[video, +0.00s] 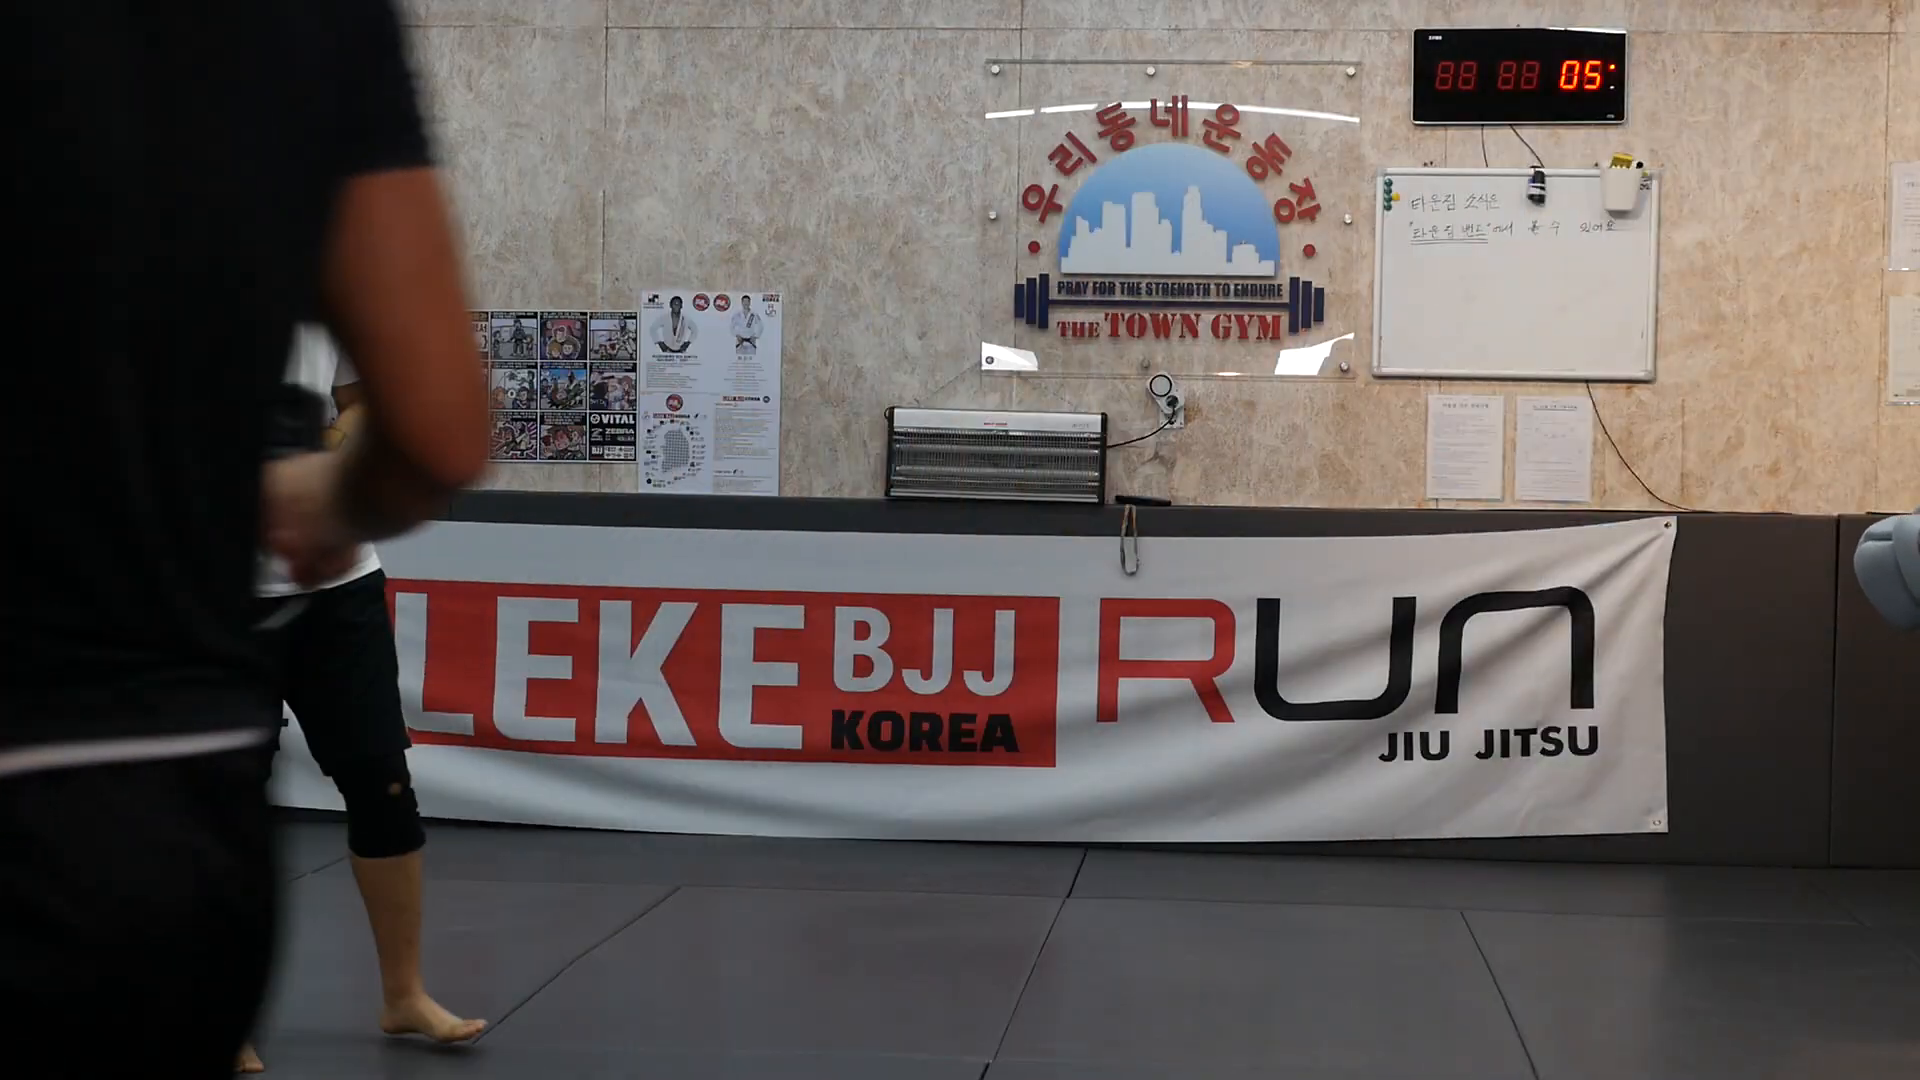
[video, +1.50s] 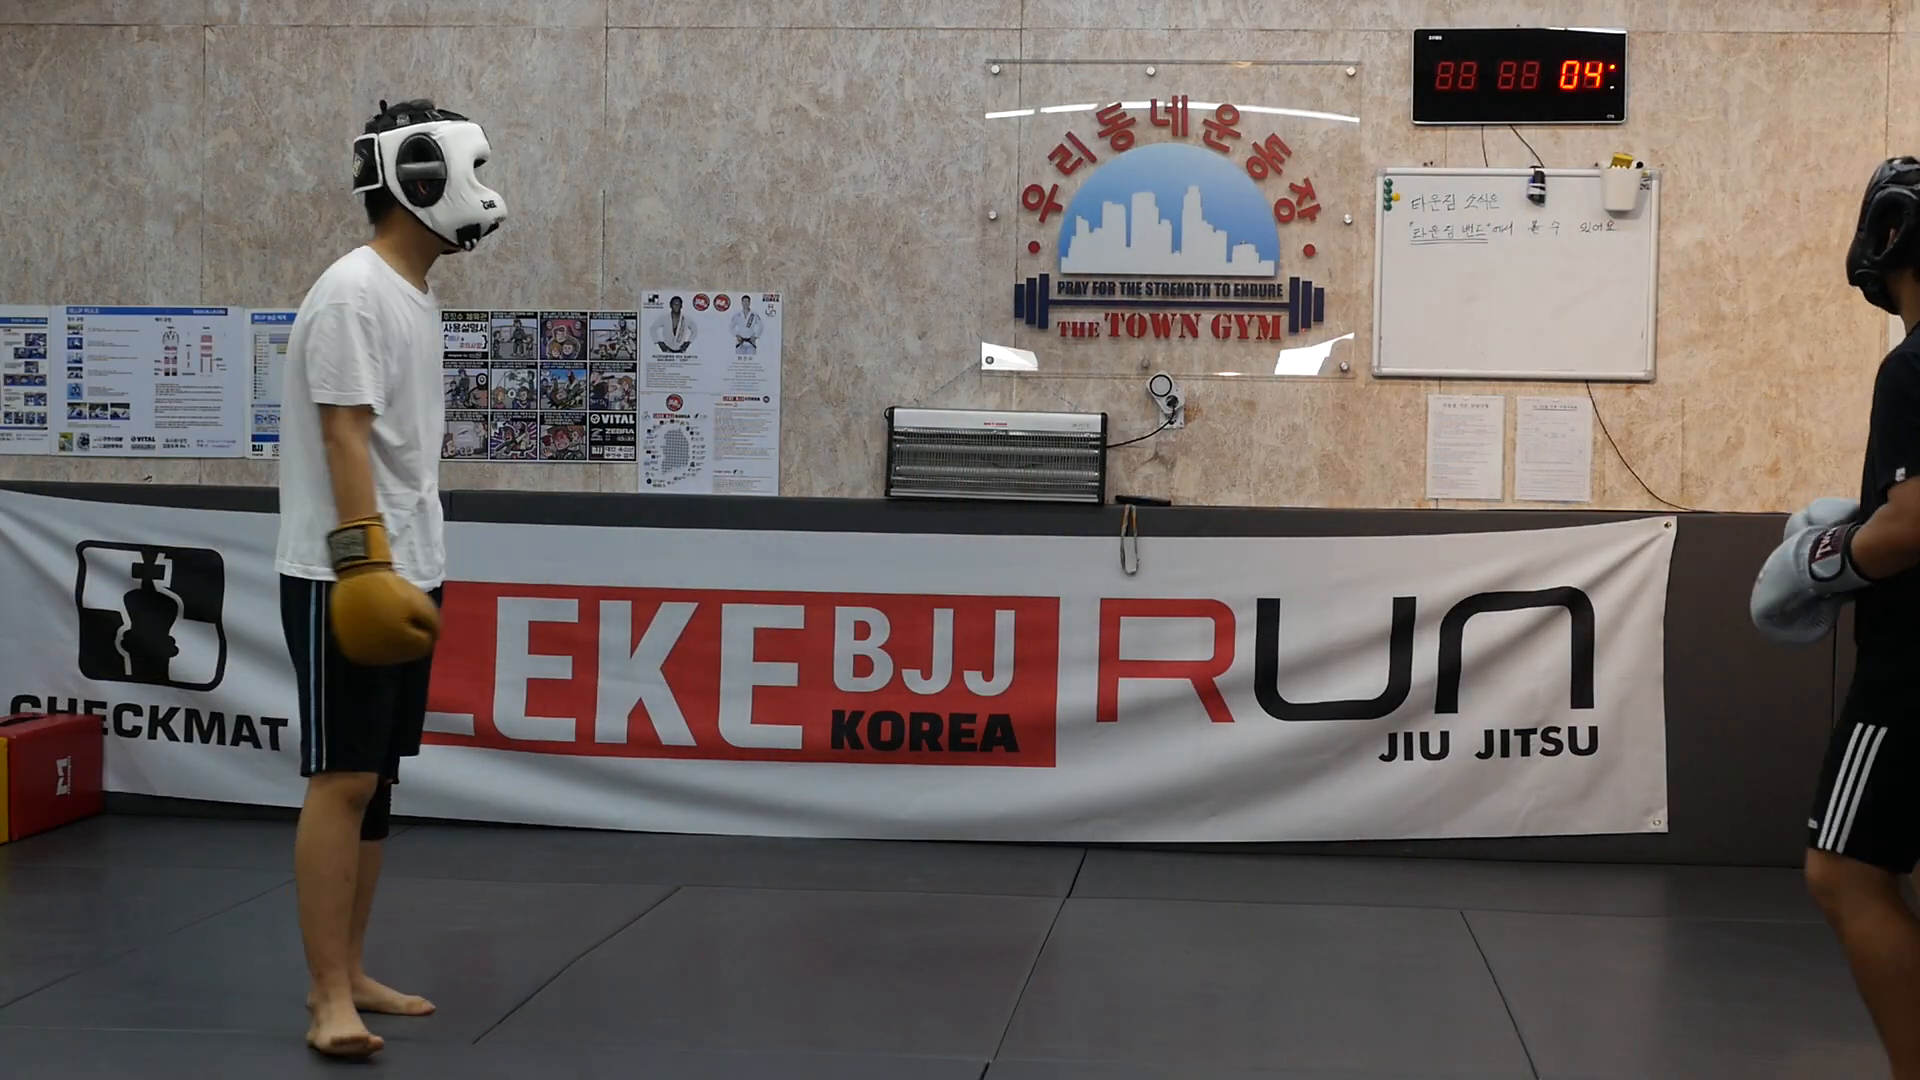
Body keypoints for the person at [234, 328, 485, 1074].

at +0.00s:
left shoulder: (318, 288)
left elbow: (360, 406)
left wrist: (322, 485)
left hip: (333, 584)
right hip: (221, 596)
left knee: (382, 786)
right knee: (221, 818)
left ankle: (405, 994)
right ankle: (221, 1023)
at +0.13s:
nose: (311, 180)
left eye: (321, 165)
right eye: (290, 159)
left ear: (329, 178)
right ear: (230, 163)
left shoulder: (334, 283)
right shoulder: (170, 293)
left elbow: (369, 402)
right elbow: (121, 442)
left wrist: (345, 451)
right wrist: (121, 566)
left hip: (344, 583)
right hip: (230, 590)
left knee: (389, 784)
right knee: (228, 797)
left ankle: (381, 974)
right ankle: (224, 1019)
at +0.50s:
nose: (409, 197)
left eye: (413, 178)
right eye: (396, 177)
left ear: (354, 182)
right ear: (339, 175)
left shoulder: (356, 296)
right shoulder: (270, 288)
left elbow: (371, 429)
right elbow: (251, 429)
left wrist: (420, 491)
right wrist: (258, 562)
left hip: (375, 584)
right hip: (305, 584)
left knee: (353, 785)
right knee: (279, 790)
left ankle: (341, 973)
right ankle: (231, 1010)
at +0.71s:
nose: (433, 203)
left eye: (431, 182)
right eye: (423, 183)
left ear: (349, 186)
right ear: (382, 186)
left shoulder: (355, 298)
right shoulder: (314, 294)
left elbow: (386, 446)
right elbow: (336, 440)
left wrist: (446, 543)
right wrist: (394, 557)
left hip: (372, 573)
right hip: (324, 577)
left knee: (362, 775)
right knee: (324, 778)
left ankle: (341, 971)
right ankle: (244, 996)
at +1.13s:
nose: (467, 192)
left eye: (462, 172)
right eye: (456, 174)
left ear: (375, 185)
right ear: (418, 183)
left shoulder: (363, 285)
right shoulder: (368, 289)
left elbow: (400, 450)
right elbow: (403, 447)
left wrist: (474, 538)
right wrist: (482, 534)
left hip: (369, 556)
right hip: (348, 557)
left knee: (376, 768)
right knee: (374, 769)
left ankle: (340, 971)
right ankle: (259, 966)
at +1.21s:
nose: (470, 191)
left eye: (465, 173)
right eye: (458, 175)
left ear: (384, 186)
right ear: (415, 184)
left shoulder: (358, 284)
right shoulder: (377, 289)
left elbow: (314, 441)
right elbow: (401, 445)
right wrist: (469, 551)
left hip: (362, 557)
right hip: (354, 560)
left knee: (374, 766)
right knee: (367, 769)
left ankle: (340, 970)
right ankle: (260, 969)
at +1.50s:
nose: (483, 193)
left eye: (481, 175)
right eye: (468, 176)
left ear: (413, 187)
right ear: (417, 185)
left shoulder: (412, 299)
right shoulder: (350, 291)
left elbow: (397, 446)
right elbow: (344, 433)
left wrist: (420, 570)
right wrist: (365, 561)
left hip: (400, 568)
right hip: (344, 570)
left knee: (374, 778)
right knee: (342, 779)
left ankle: (351, 969)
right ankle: (329, 993)